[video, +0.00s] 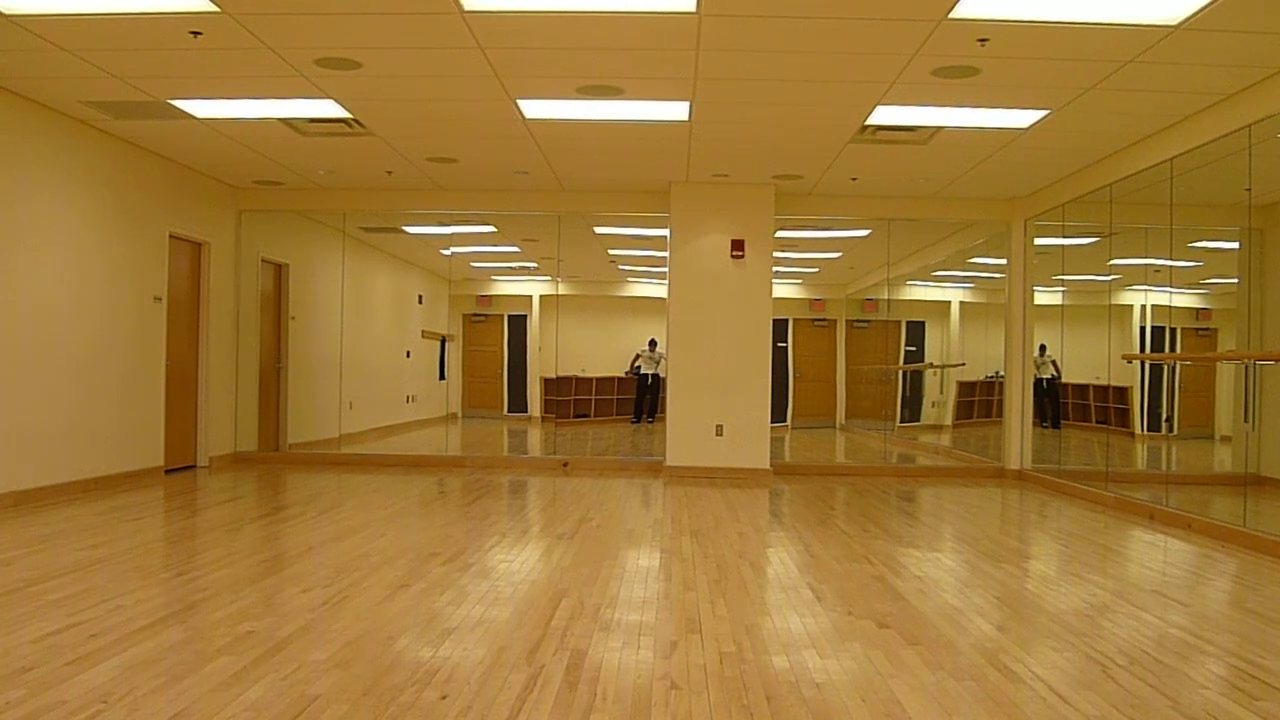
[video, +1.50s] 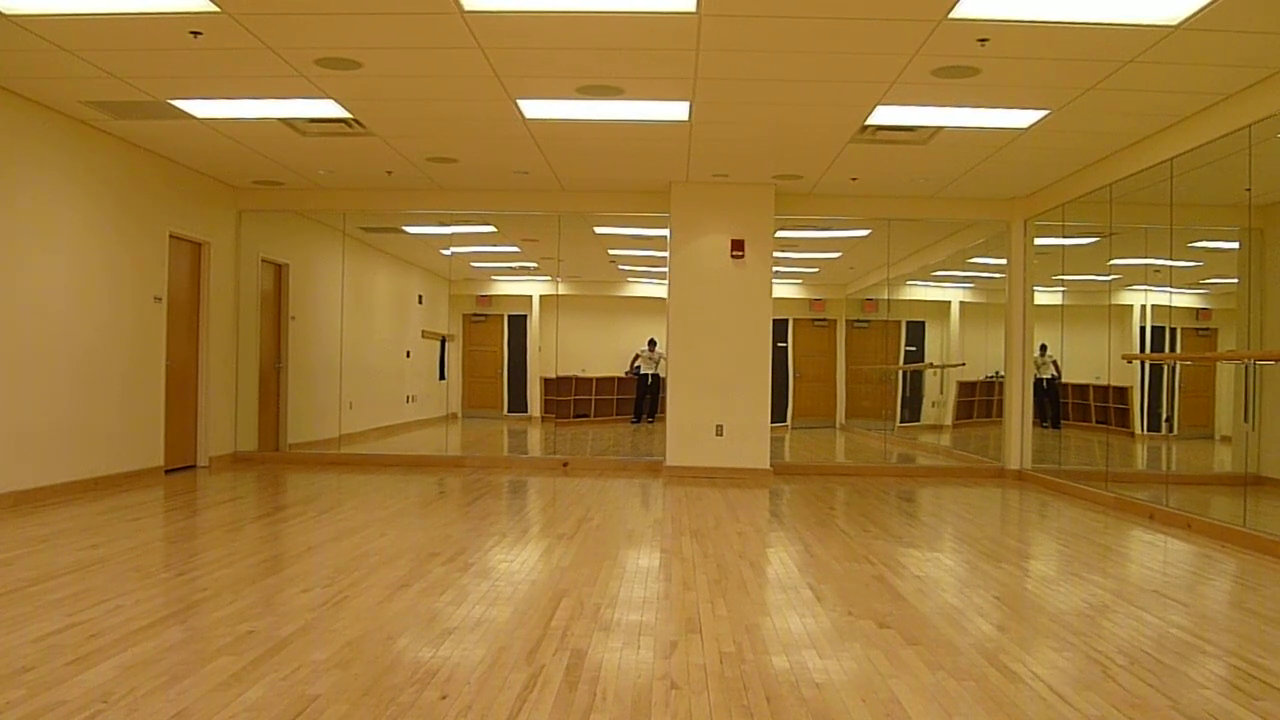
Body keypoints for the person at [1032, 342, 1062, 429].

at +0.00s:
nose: (1042, 353)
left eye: (1043, 351)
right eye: (1041, 350)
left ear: (1046, 351)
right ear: (1039, 351)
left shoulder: (1049, 358)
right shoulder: (1035, 359)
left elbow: (1056, 367)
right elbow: (1033, 369)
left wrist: (1059, 375)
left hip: (1050, 378)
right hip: (1039, 378)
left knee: (1054, 400)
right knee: (1040, 401)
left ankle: (1055, 422)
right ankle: (1043, 421)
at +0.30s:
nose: (1042, 352)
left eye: (1043, 350)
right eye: (1041, 350)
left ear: (1046, 350)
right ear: (1039, 350)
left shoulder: (1049, 358)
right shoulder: (1035, 359)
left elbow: (1056, 367)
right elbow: (1033, 369)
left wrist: (1059, 375)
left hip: (1050, 378)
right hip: (1039, 378)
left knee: (1054, 400)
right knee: (1040, 401)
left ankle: (1055, 422)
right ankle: (1043, 421)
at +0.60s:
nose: (1042, 352)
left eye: (1043, 350)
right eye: (1041, 350)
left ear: (1046, 350)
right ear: (1039, 350)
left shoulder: (1049, 357)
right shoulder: (1035, 359)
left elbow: (1056, 367)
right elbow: (1033, 368)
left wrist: (1059, 375)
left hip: (1050, 378)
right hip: (1039, 378)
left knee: (1054, 400)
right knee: (1040, 401)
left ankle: (1055, 421)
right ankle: (1043, 421)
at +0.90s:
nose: (1042, 352)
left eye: (1043, 350)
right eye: (1041, 350)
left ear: (1046, 350)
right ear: (1039, 350)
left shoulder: (1049, 357)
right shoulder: (1035, 359)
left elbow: (1056, 367)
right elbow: (1034, 368)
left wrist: (1059, 375)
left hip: (1050, 378)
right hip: (1039, 378)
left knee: (1054, 400)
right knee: (1040, 401)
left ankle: (1055, 421)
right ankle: (1043, 421)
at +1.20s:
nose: (1042, 353)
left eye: (1044, 351)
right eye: (1041, 351)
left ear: (1046, 351)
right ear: (1039, 350)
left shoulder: (1050, 357)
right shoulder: (1035, 359)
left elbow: (1056, 367)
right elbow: (1033, 368)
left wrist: (1059, 375)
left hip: (1050, 378)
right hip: (1039, 378)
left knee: (1054, 400)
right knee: (1040, 401)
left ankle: (1055, 421)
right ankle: (1043, 421)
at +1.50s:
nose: (1042, 353)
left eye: (1044, 351)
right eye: (1041, 351)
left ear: (1047, 351)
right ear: (1039, 350)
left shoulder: (1050, 357)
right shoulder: (1035, 359)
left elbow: (1056, 367)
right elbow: (1034, 369)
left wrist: (1059, 376)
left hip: (1050, 378)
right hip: (1039, 378)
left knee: (1054, 400)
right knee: (1041, 401)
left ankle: (1055, 422)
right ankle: (1043, 421)